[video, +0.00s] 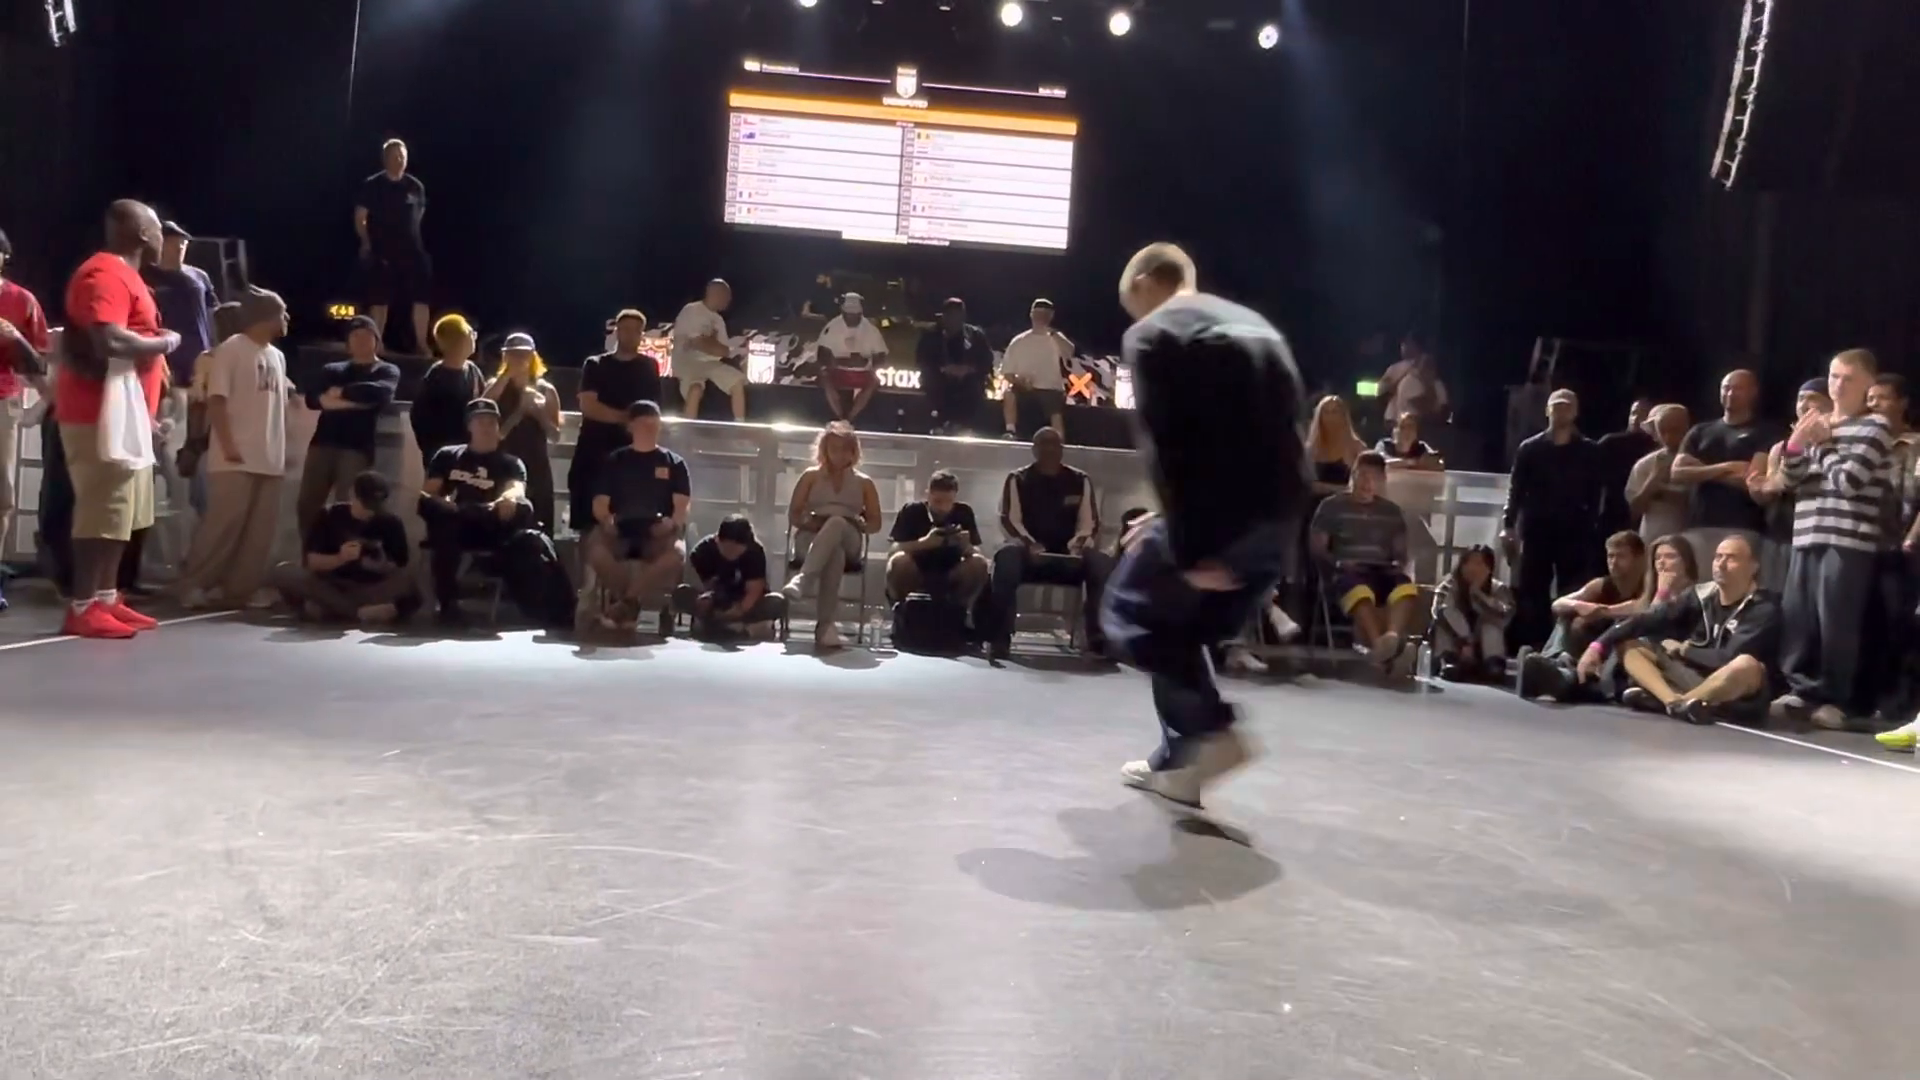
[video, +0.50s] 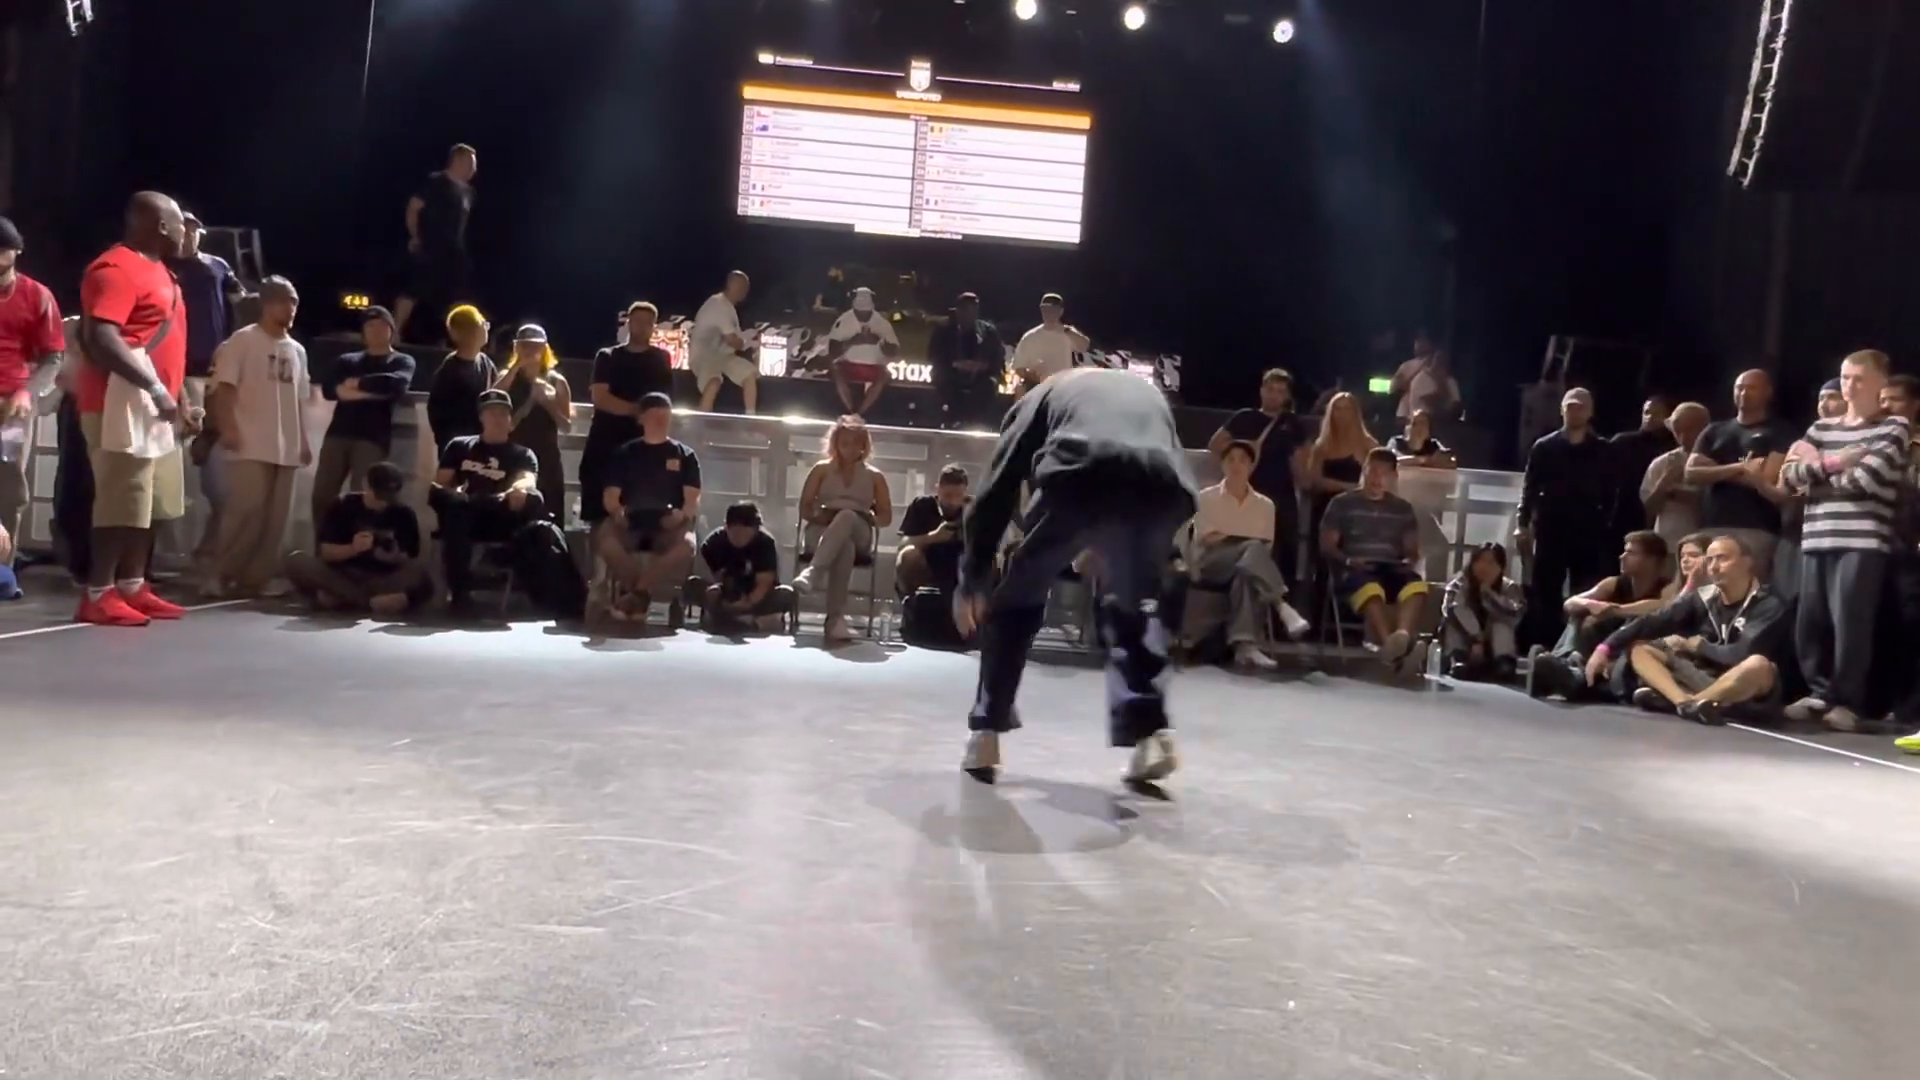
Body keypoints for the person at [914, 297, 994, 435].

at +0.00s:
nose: (954, 320)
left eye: (958, 315)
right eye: (950, 316)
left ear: (963, 316)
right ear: (944, 316)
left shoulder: (975, 335)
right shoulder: (932, 335)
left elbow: (987, 363)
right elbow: (922, 362)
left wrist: (968, 369)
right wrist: (943, 369)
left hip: (967, 389)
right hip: (941, 390)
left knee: (975, 381)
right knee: (930, 377)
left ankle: (965, 424)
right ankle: (939, 422)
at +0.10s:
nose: (958, 319)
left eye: (962, 314)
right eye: (954, 314)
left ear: (967, 315)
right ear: (947, 315)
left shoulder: (979, 333)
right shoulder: (935, 333)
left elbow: (989, 363)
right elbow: (926, 361)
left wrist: (971, 369)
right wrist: (947, 368)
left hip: (971, 383)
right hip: (945, 384)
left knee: (981, 385)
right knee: (933, 379)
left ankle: (970, 422)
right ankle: (947, 420)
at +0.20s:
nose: (961, 317)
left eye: (965, 313)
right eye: (957, 313)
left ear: (970, 314)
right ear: (950, 314)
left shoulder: (982, 332)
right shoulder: (939, 332)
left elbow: (992, 361)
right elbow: (930, 360)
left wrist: (974, 368)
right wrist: (951, 367)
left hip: (974, 385)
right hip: (948, 385)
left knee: (985, 388)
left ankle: (975, 423)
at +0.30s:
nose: (964, 315)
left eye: (967, 311)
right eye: (959, 311)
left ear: (972, 312)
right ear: (952, 312)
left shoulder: (984, 330)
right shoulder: (940, 330)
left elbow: (994, 360)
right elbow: (931, 358)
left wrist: (976, 367)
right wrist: (952, 366)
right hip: (949, 386)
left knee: (986, 385)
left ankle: (977, 423)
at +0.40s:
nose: (966, 315)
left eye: (970, 311)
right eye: (962, 311)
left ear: (975, 312)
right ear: (954, 312)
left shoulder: (986, 331)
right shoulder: (943, 331)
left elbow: (996, 361)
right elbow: (932, 358)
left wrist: (979, 367)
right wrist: (953, 365)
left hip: (978, 382)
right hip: (952, 383)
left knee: (988, 384)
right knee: (938, 376)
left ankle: (978, 421)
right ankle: (952, 420)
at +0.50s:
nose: (969, 315)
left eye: (973, 310)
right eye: (965, 310)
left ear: (977, 312)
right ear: (957, 311)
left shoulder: (988, 331)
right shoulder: (945, 330)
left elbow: (998, 360)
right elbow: (934, 356)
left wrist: (981, 366)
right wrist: (955, 364)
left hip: (980, 378)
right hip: (954, 378)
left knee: (990, 383)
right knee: (939, 375)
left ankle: (982, 420)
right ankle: (952, 418)